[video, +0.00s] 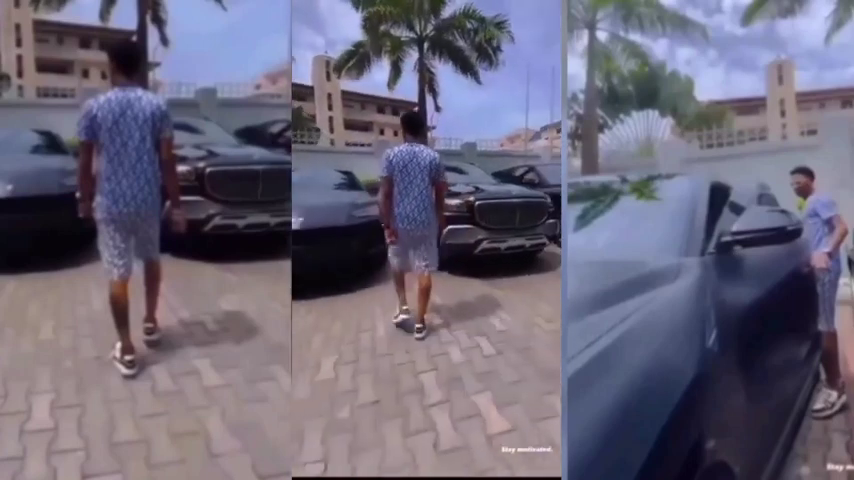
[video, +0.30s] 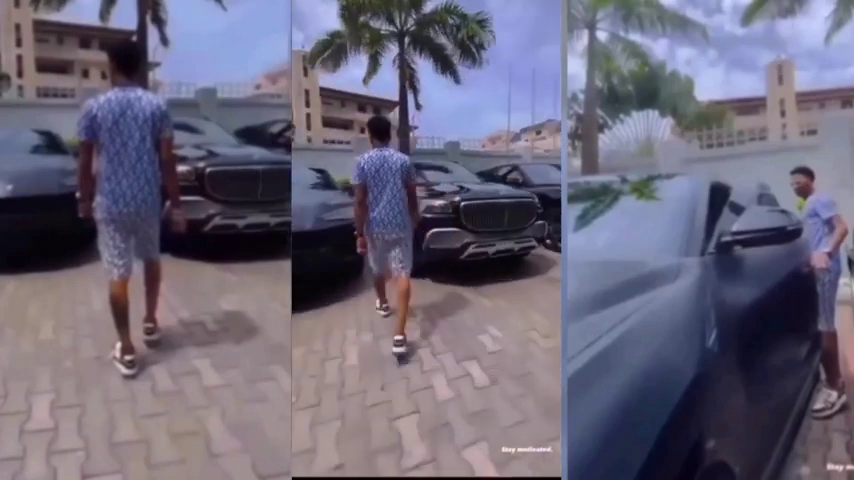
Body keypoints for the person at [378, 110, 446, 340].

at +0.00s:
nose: (403, 132)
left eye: (402, 129)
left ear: (402, 130)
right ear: (424, 129)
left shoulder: (392, 155)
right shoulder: (432, 156)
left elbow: (386, 193)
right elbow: (440, 192)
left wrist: (386, 224)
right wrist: (440, 219)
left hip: (399, 222)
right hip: (425, 222)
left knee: (397, 266)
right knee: (424, 270)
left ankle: (403, 306)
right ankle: (420, 322)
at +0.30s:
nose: (371, 138)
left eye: (369, 134)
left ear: (369, 135)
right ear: (390, 134)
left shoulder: (363, 163)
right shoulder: (403, 161)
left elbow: (360, 201)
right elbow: (412, 195)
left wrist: (360, 233)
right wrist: (414, 219)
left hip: (376, 227)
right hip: (401, 226)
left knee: (378, 269)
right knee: (403, 275)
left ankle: (382, 303)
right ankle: (400, 333)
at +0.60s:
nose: (341, 133)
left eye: (337, 129)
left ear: (336, 130)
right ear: (357, 130)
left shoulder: (325, 155)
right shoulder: (369, 155)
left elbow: (320, 193)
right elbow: (378, 189)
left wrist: (320, 224)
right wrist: (384, 215)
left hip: (339, 223)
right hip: (367, 221)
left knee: (346, 271)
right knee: (378, 265)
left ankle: (356, 319)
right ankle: (374, 304)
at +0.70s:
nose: (334, 134)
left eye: (331, 130)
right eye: (345, 130)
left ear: (328, 131)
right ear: (350, 131)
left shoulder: (316, 155)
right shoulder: (361, 156)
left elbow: (308, 192)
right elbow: (369, 192)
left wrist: (309, 222)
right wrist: (376, 222)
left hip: (329, 224)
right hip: (357, 223)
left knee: (338, 274)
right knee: (366, 263)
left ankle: (347, 324)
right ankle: (365, 304)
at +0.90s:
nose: (322, 140)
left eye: (319, 135)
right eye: (333, 136)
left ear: (316, 135)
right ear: (337, 137)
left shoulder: (302, 159)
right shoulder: (345, 162)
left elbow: (296, 196)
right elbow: (354, 198)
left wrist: (297, 224)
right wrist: (361, 227)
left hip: (313, 225)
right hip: (340, 223)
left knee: (320, 278)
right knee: (345, 262)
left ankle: (329, 336)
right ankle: (343, 297)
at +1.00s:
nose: (320, 140)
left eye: (317, 135)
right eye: (329, 137)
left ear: (313, 136)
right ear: (333, 137)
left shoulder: (299, 160)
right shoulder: (341, 163)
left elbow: (293, 196)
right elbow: (349, 197)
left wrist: (294, 224)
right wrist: (356, 225)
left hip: (308, 223)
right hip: (336, 222)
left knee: (313, 274)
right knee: (339, 263)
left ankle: (318, 325)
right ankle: (337, 301)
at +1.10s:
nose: (315, 139)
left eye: (312, 134)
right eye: (324, 135)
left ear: (309, 134)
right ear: (329, 136)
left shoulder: (296, 159)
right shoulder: (336, 162)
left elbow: (293, 191)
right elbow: (345, 195)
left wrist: (294, 214)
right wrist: (349, 221)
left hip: (304, 219)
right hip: (331, 219)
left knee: (303, 267)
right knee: (334, 262)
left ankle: (310, 311)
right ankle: (331, 306)